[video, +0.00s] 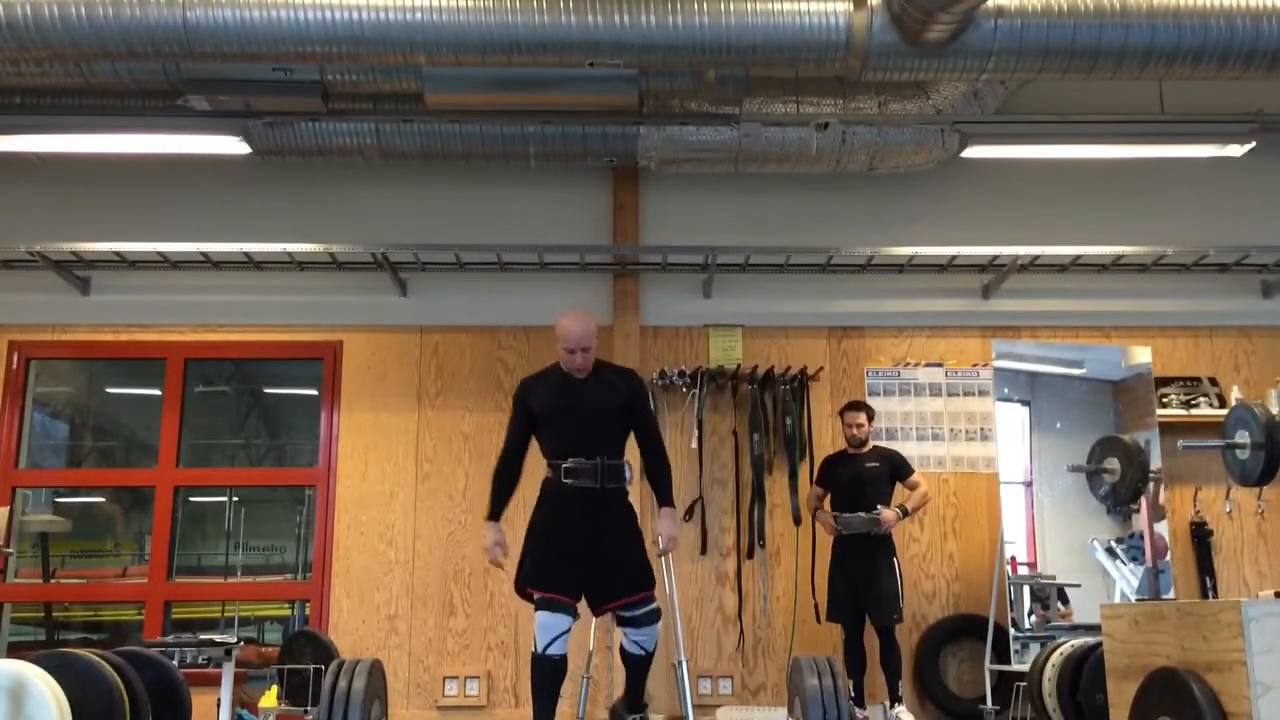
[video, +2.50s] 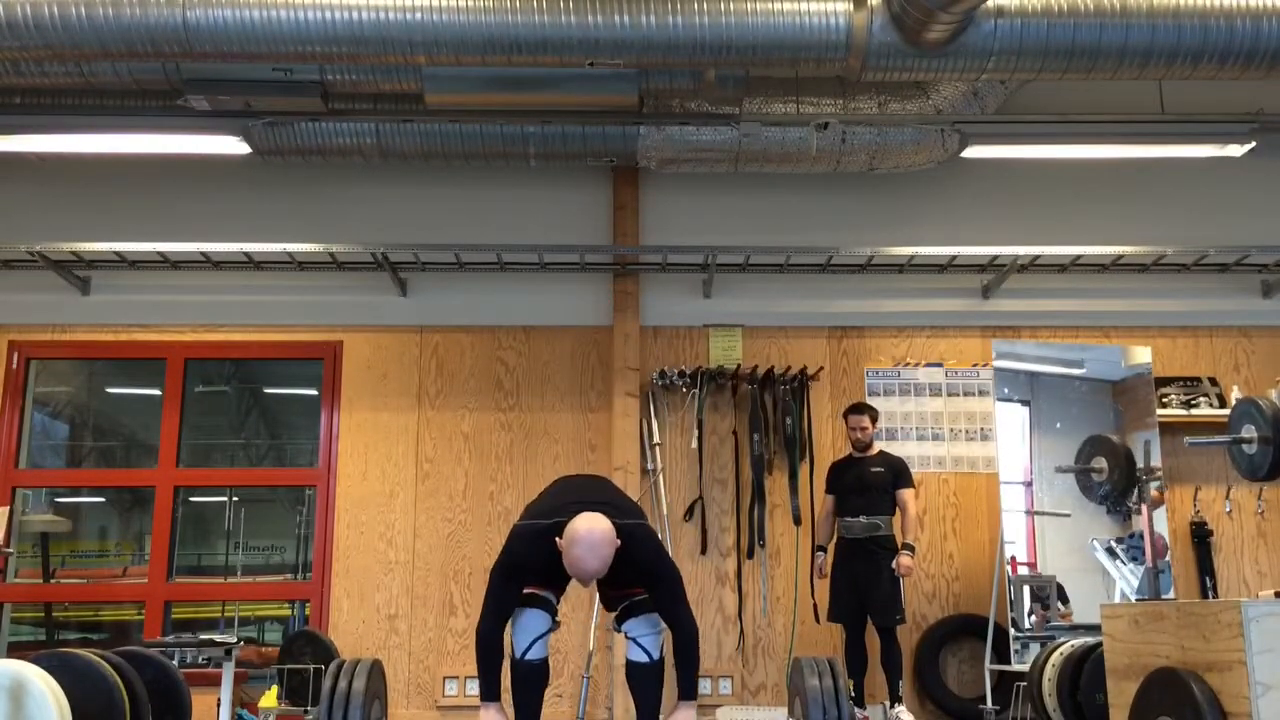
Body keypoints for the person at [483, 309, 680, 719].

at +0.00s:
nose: (580, 359)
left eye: (587, 350)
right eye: (571, 351)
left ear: (596, 343)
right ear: (556, 346)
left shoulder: (625, 384)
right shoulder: (534, 391)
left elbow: (652, 447)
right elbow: (512, 457)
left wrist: (667, 508)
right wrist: (493, 518)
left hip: (614, 515)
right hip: (559, 515)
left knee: (643, 620)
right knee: (552, 625)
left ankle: (632, 706)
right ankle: (543, 716)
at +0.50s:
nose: (594, 350)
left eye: (604, 342)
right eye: (586, 341)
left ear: (619, 332)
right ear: (574, 328)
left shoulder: (644, 377)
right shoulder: (548, 373)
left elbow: (670, 442)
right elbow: (516, 431)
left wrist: (687, 502)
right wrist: (485, 484)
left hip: (619, 511)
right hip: (560, 509)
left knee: (637, 627)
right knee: (541, 627)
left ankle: (646, 718)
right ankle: (539, 718)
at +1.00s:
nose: (589, 348)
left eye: (600, 340)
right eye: (582, 337)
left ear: (616, 328)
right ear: (567, 317)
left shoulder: (638, 369)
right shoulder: (534, 362)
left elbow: (669, 436)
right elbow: (504, 431)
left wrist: (690, 498)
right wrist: (482, 499)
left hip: (612, 505)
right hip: (549, 503)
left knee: (641, 625)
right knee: (531, 626)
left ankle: (646, 718)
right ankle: (517, 718)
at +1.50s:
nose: (583, 401)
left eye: (593, 393)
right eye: (576, 391)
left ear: (611, 376)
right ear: (562, 365)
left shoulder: (640, 404)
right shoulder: (532, 398)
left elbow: (677, 473)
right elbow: (501, 466)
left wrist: (683, 545)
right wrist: (484, 540)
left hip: (617, 518)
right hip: (553, 515)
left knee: (640, 629)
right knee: (530, 624)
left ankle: (648, 716)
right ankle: (521, 716)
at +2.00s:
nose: (579, 588)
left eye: (589, 582)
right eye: (572, 581)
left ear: (612, 553)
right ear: (556, 549)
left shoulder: (640, 543)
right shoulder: (523, 540)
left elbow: (681, 621)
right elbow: (492, 623)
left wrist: (682, 701)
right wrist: (485, 702)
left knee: (645, 630)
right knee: (527, 628)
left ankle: (650, 715)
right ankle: (521, 715)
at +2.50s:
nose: (586, 583)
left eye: (596, 575)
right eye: (578, 575)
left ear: (616, 547)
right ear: (560, 546)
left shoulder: (641, 544)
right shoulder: (525, 541)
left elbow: (684, 624)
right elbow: (489, 625)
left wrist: (687, 703)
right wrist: (490, 704)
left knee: (646, 631)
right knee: (528, 627)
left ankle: (646, 716)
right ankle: (528, 716)